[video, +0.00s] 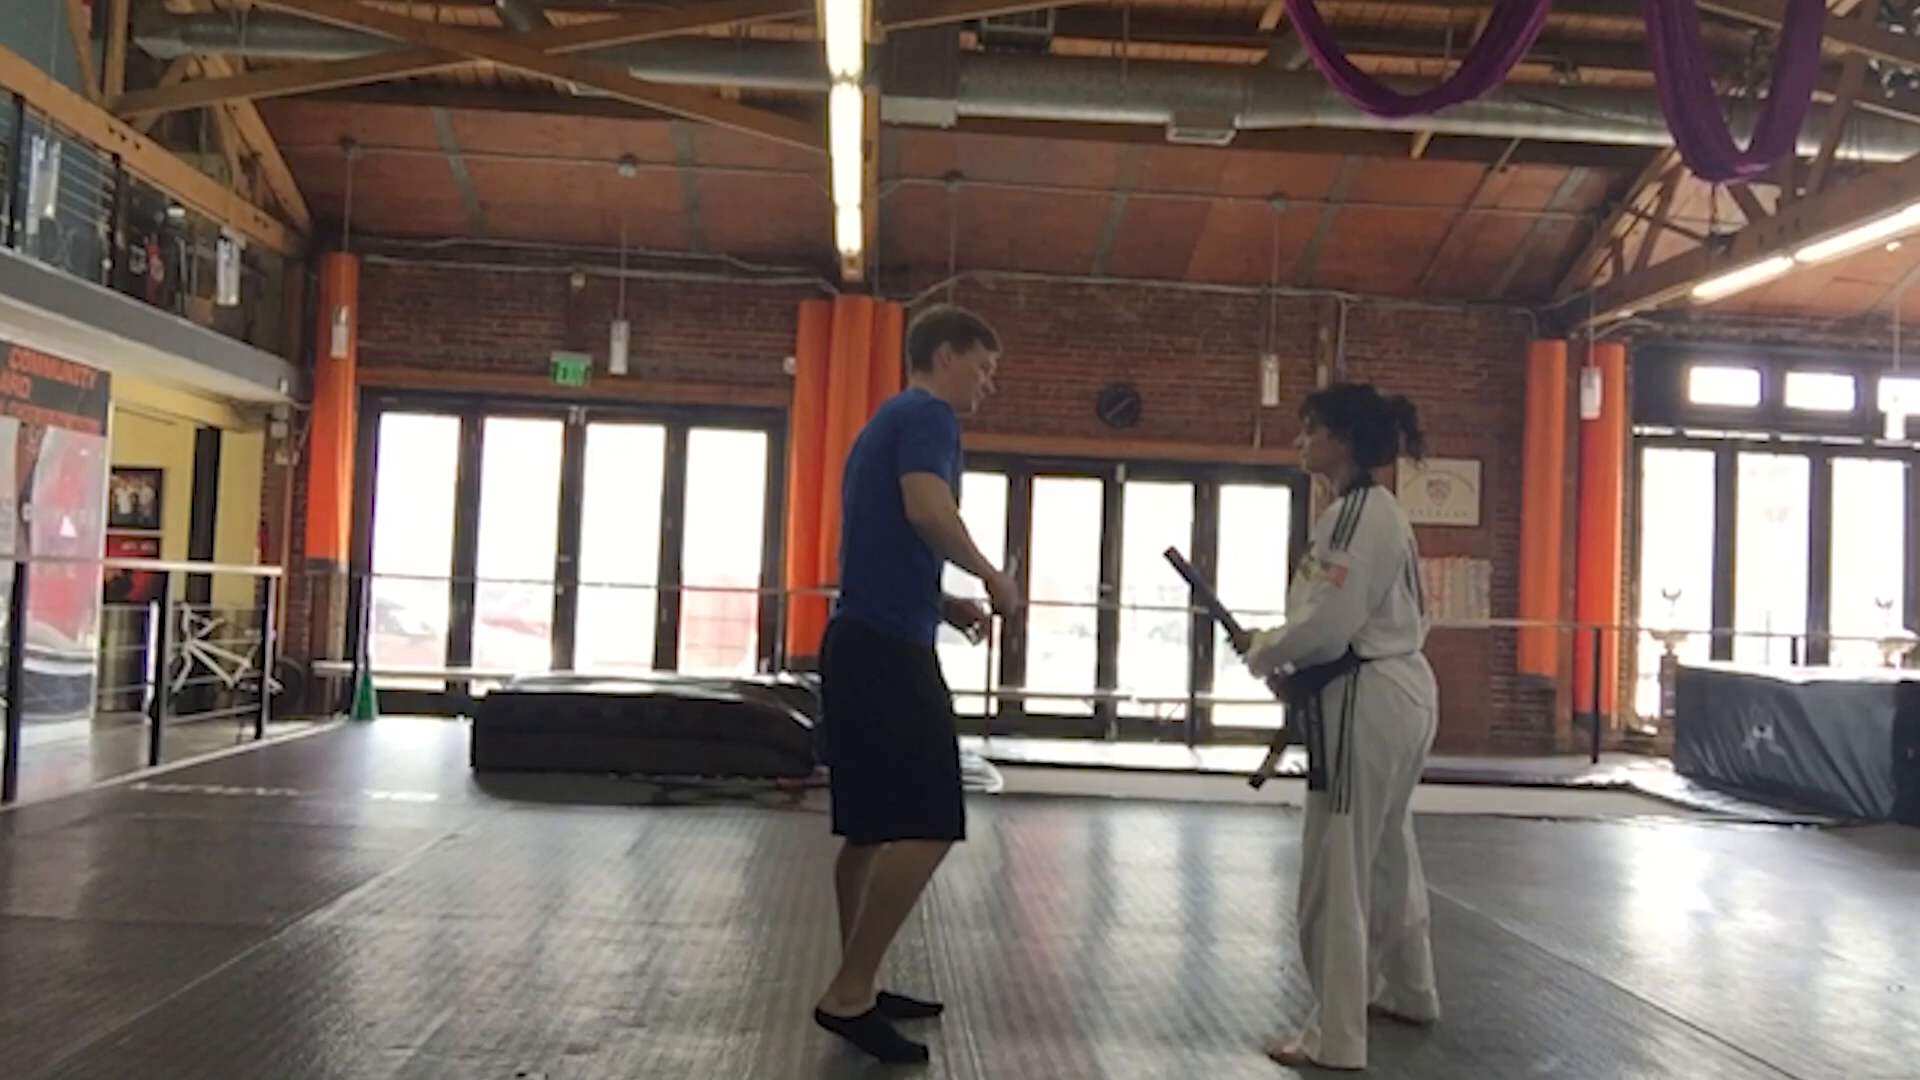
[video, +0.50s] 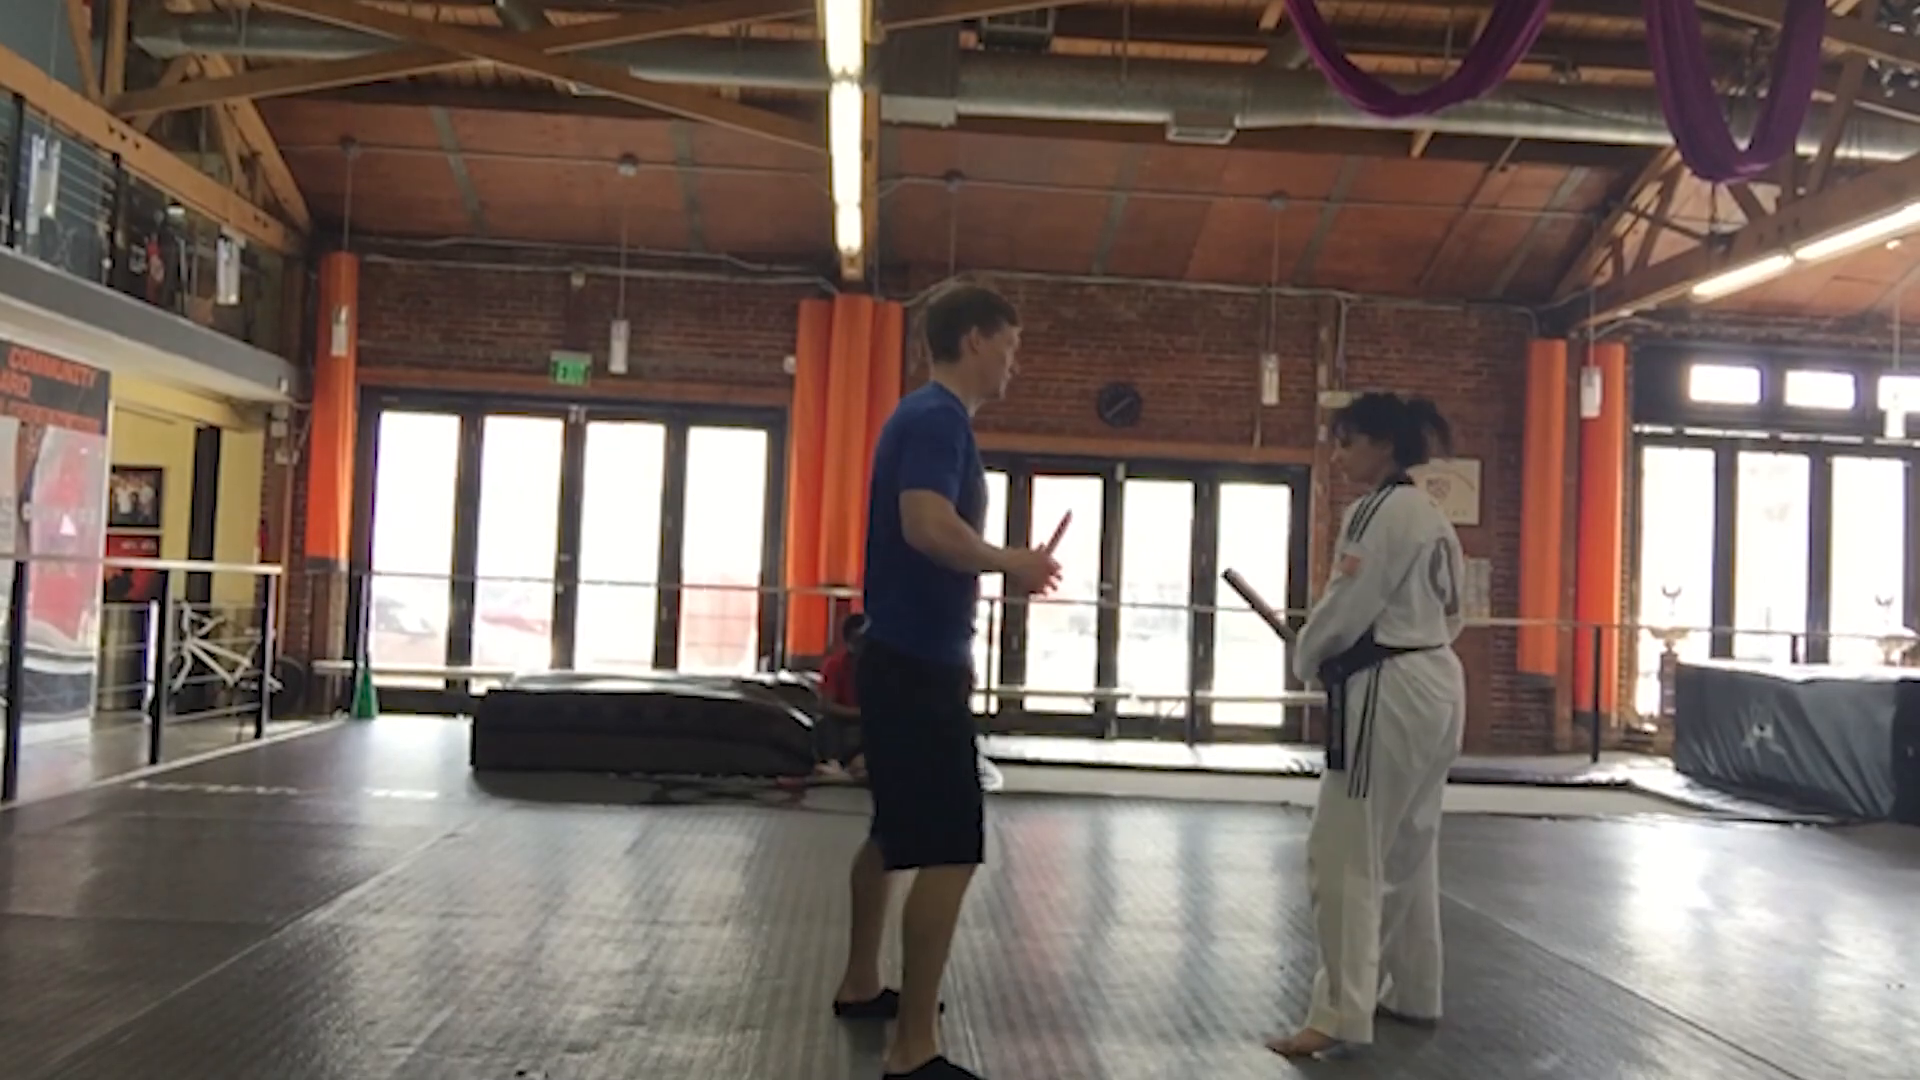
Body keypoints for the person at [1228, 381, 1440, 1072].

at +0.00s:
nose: (1301, 441)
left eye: (1313, 431)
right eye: (1303, 430)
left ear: (1348, 441)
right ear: (1350, 445)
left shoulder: (1362, 515)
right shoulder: (1366, 510)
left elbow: (1329, 625)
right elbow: (1333, 614)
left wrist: (1264, 651)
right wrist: (1280, 647)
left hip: (1365, 695)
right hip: (1395, 689)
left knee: (1333, 869)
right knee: (1388, 851)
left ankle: (1335, 1039)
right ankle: (1409, 994)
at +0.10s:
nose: (1306, 444)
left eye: (1319, 434)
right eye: (1308, 432)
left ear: (1356, 444)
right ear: (1352, 449)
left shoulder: (1367, 513)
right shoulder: (1374, 510)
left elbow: (1340, 624)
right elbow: (1346, 616)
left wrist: (1271, 651)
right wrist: (1285, 646)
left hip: (1374, 694)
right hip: (1409, 689)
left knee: (1330, 863)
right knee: (1395, 855)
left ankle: (1337, 1034)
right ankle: (1409, 998)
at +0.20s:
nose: (1314, 446)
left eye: (1327, 435)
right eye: (1315, 434)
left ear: (1363, 446)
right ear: (1366, 450)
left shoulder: (1366, 513)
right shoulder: (1393, 508)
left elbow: (1339, 619)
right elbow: (1362, 611)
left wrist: (1287, 660)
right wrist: (1292, 645)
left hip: (1380, 691)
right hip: (1420, 685)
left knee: (1328, 855)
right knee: (1396, 853)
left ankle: (1339, 1027)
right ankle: (1410, 998)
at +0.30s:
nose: (1324, 449)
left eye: (1336, 438)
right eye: (1325, 437)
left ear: (1372, 447)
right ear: (1376, 451)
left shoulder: (1369, 512)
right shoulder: (1404, 508)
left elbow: (1338, 618)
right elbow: (1404, 612)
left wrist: (1288, 658)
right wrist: (1306, 649)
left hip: (1386, 689)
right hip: (1428, 684)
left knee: (1335, 851)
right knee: (1403, 851)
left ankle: (1338, 1023)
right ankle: (1411, 997)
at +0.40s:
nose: (1333, 457)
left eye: (1343, 444)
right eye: (1333, 445)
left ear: (1377, 448)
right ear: (1386, 452)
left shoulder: (1379, 513)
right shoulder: (1417, 511)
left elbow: (1344, 608)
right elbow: (1423, 611)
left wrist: (1296, 654)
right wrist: (1320, 634)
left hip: (1389, 687)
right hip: (1433, 682)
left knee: (1342, 850)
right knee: (1407, 849)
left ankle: (1339, 1019)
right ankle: (1413, 996)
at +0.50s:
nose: (1339, 454)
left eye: (1350, 442)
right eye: (1338, 442)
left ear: (1386, 446)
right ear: (1389, 452)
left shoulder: (1388, 511)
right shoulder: (1422, 510)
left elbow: (1348, 608)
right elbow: (1433, 610)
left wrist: (1305, 653)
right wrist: (1311, 621)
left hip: (1393, 685)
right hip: (1434, 681)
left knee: (1342, 849)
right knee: (1410, 849)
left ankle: (1340, 1016)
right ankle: (1414, 996)